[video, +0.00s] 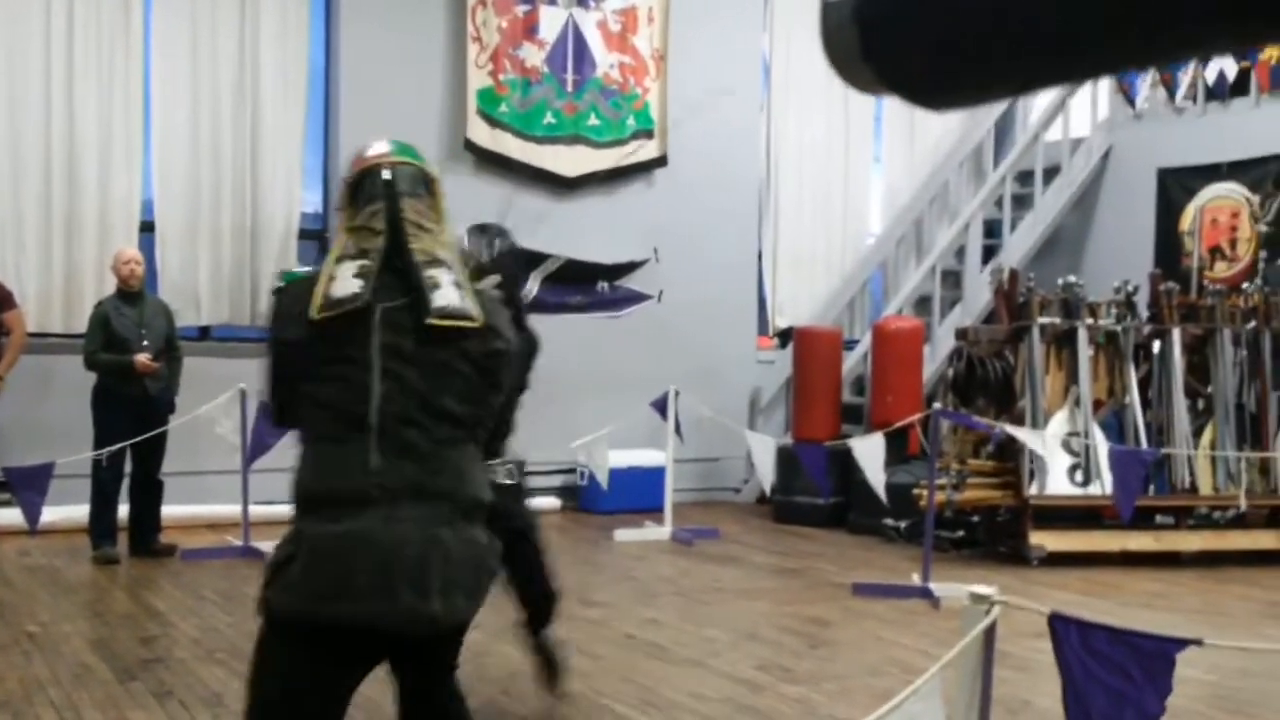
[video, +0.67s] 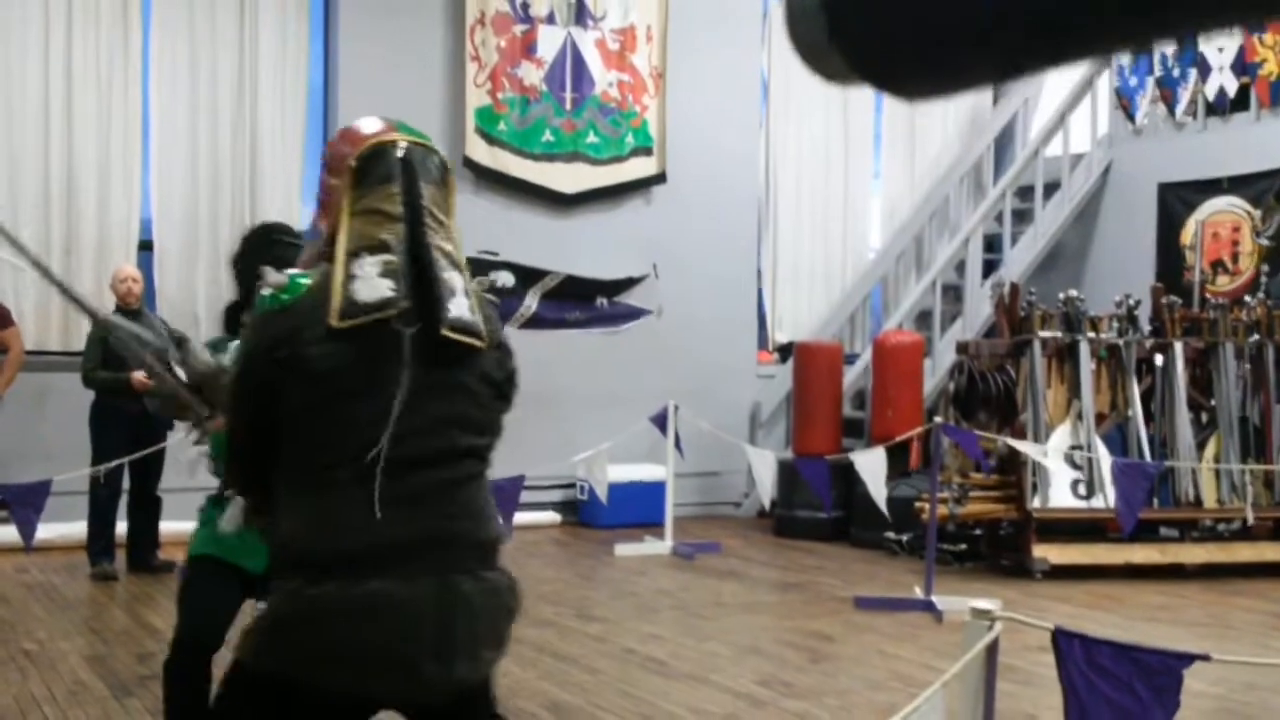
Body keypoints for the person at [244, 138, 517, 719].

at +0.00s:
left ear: (347, 209)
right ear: (433, 206)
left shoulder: (302, 300)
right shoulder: (484, 308)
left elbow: (287, 409)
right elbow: (489, 431)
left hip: (332, 567)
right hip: (443, 568)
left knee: (284, 708)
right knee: (432, 686)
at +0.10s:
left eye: (320, 179)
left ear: (318, 192)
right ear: (410, 195)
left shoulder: (269, 285)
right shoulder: (462, 304)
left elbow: (232, 385)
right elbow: (462, 421)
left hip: (304, 573)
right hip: (425, 578)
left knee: (260, 707)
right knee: (430, 706)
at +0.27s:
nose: (283, 182)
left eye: (288, 168)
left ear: (301, 177)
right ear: (397, 182)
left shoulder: (259, 270)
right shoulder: (429, 287)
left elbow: (178, 374)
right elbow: (473, 378)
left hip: (287, 582)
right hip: (414, 591)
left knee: (233, 706)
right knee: (422, 705)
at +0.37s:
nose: (281, 182)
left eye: (288, 167)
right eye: (287, 167)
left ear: (302, 176)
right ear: (399, 184)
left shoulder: (246, 274)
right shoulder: (427, 289)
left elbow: (172, 403)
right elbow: (450, 377)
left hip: (274, 598)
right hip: (401, 604)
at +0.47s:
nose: (297, 184)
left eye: (305, 169)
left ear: (317, 177)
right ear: (417, 186)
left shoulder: (250, 277)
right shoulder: (446, 303)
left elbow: (193, 415)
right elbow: (429, 425)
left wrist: (231, 502)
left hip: (269, 606)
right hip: (402, 611)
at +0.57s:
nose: (303, 177)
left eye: (310, 164)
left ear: (321, 183)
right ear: (423, 192)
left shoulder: (262, 293)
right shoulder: (458, 311)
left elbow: (215, 445)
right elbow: (445, 440)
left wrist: (280, 506)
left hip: (283, 600)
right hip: (421, 603)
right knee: (424, 704)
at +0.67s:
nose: (282, 289)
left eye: (294, 277)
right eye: (270, 277)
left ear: (312, 285)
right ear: (247, 282)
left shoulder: (328, 359)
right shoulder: (223, 358)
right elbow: (224, 459)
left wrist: (230, 425)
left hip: (306, 534)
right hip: (232, 524)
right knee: (191, 648)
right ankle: (185, 712)